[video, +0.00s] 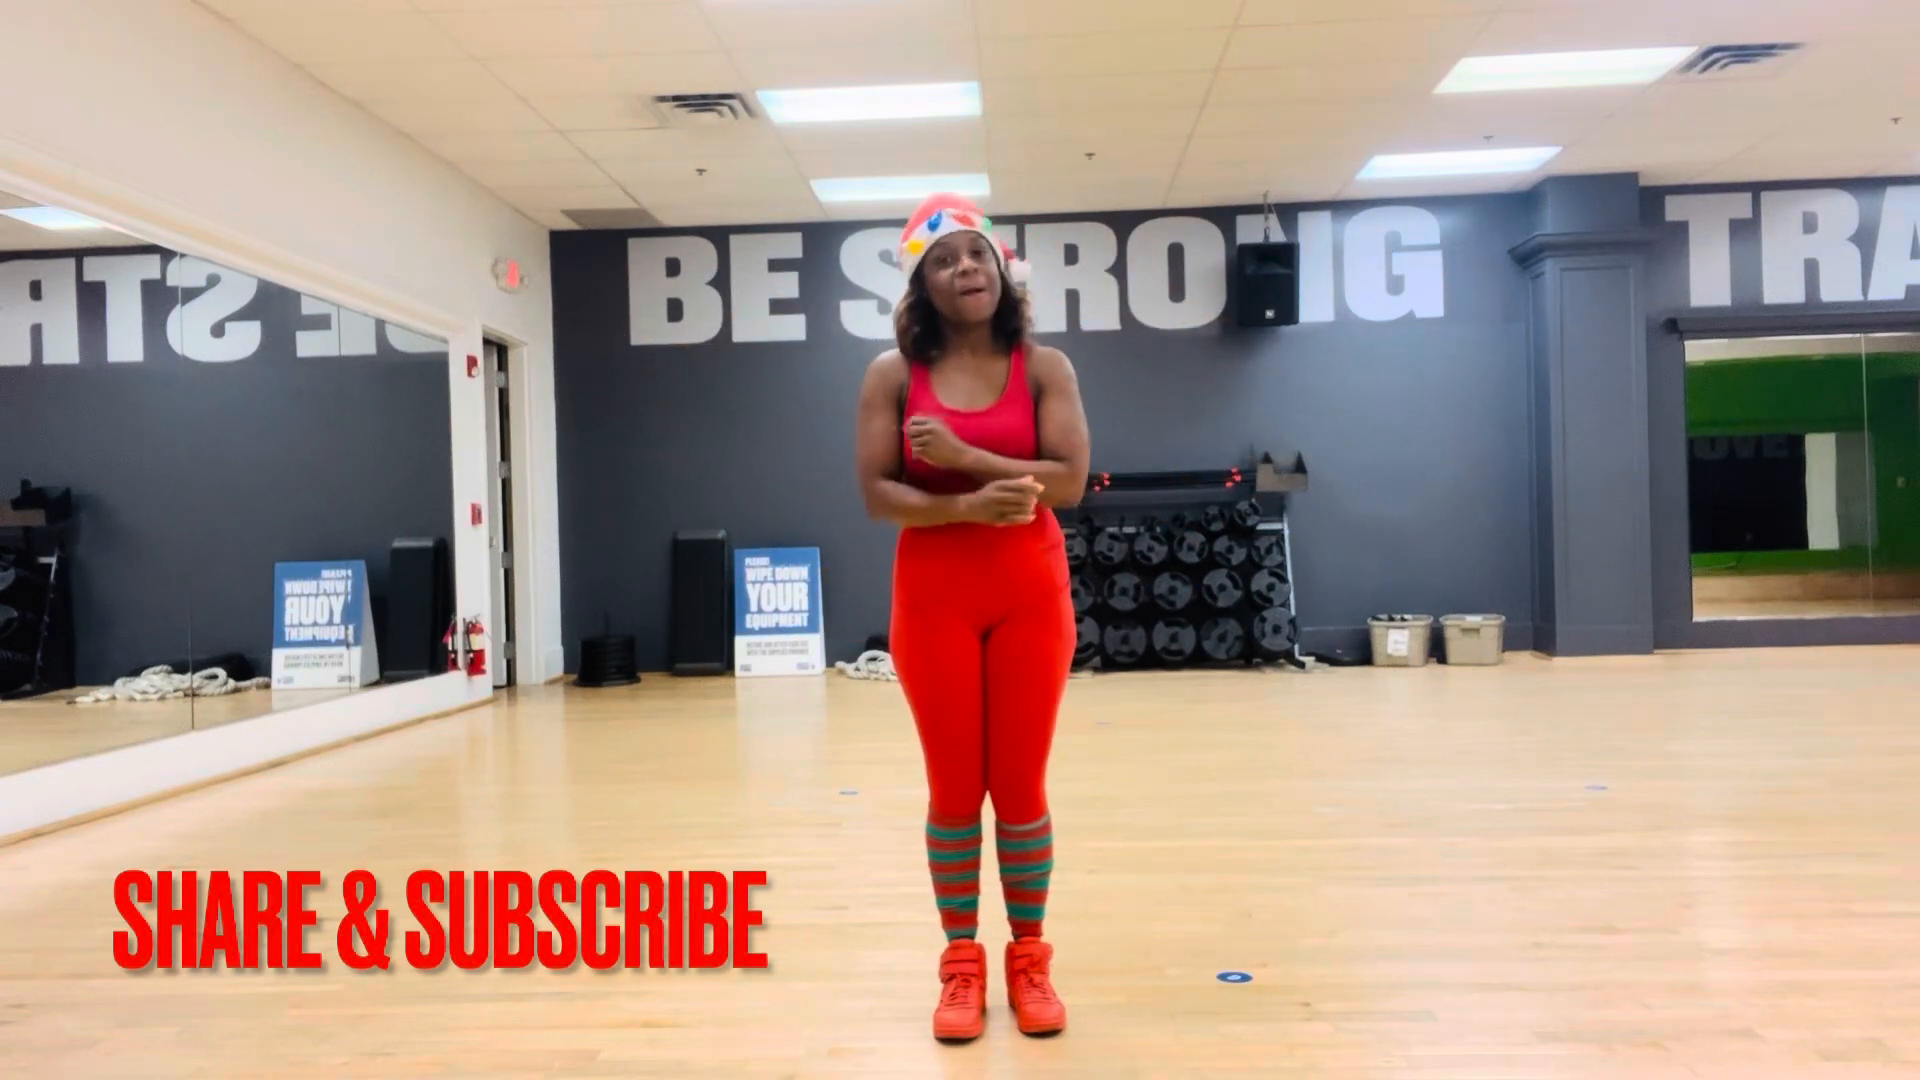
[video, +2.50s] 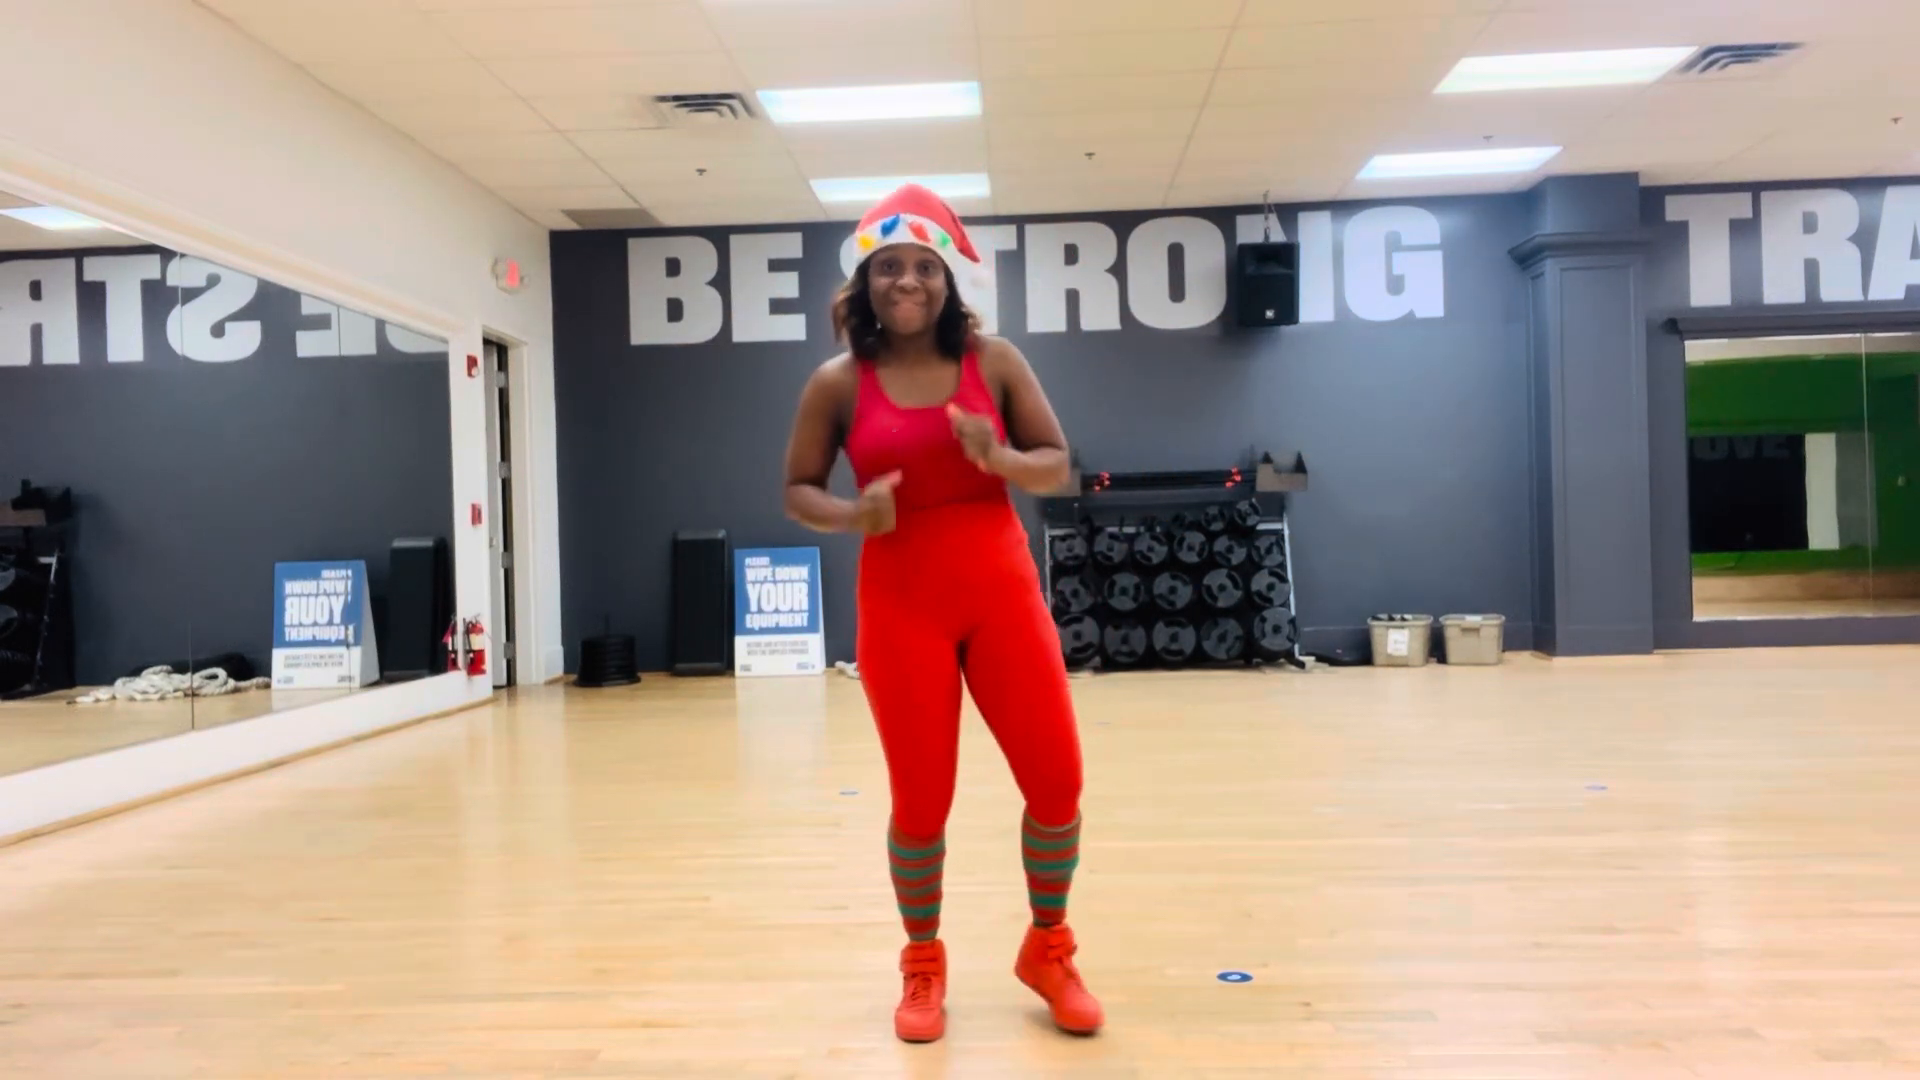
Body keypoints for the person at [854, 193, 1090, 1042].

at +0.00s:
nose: (966, 270)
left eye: (977, 255)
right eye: (945, 262)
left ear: (1002, 268)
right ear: (922, 285)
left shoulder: (1045, 365)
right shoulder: (892, 375)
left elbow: (1071, 482)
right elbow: (876, 495)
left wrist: (966, 456)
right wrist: (969, 504)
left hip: (1032, 592)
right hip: (934, 596)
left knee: (1019, 782)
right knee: (955, 785)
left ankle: (1031, 966)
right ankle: (962, 969)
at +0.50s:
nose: (966, 273)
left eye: (981, 262)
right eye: (949, 262)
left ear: (1003, 284)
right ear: (924, 284)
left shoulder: (1040, 388)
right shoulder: (878, 371)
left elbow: (1092, 490)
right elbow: (821, 471)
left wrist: (1060, 532)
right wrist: (880, 483)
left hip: (1031, 600)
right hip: (930, 609)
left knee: (1035, 790)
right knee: (952, 797)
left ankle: (1047, 959)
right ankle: (960, 968)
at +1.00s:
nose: (998, 281)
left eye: (1017, 268)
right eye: (984, 264)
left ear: (1043, 287)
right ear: (962, 279)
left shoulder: (1079, 380)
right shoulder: (916, 371)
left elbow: (1117, 489)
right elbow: (867, 474)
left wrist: (1069, 500)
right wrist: (920, 485)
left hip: (1049, 604)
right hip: (946, 604)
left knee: (1041, 791)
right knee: (950, 796)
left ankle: (1052, 960)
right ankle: (963, 970)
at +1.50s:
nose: (1005, 287)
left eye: (1024, 273)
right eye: (990, 271)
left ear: (1050, 288)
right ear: (968, 285)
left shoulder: (1092, 366)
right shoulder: (935, 385)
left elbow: (1152, 477)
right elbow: (886, 488)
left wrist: (1078, 458)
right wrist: (924, 523)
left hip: (1051, 610)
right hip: (948, 609)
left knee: (1061, 807)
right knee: (956, 803)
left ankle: (1036, 968)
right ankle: (938, 968)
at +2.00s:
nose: (942, 284)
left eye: (961, 271)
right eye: (927, 270)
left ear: (988, 288)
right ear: (904, 287)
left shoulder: (1032, 365)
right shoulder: (876, 391)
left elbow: (1094, 472)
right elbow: (828, 492)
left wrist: (1024, 434)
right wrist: (866, 534)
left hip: (1012, 606)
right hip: (910, 607)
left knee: (1049, 797)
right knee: (920, 801)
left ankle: (1016, 962)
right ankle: (916, 971)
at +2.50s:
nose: (907, 281)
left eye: (923, 265)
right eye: (890, 267)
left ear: (949, 280)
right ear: (865, 286)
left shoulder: (993, 361)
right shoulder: (837, 384)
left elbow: (1058, 468)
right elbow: (796, 492)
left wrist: (1002, 460)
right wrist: (851, 514)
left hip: (1004, 593)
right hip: (902, 605)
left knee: (1057, 778)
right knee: (921, 798)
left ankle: (1048, 950)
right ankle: (922, 969)